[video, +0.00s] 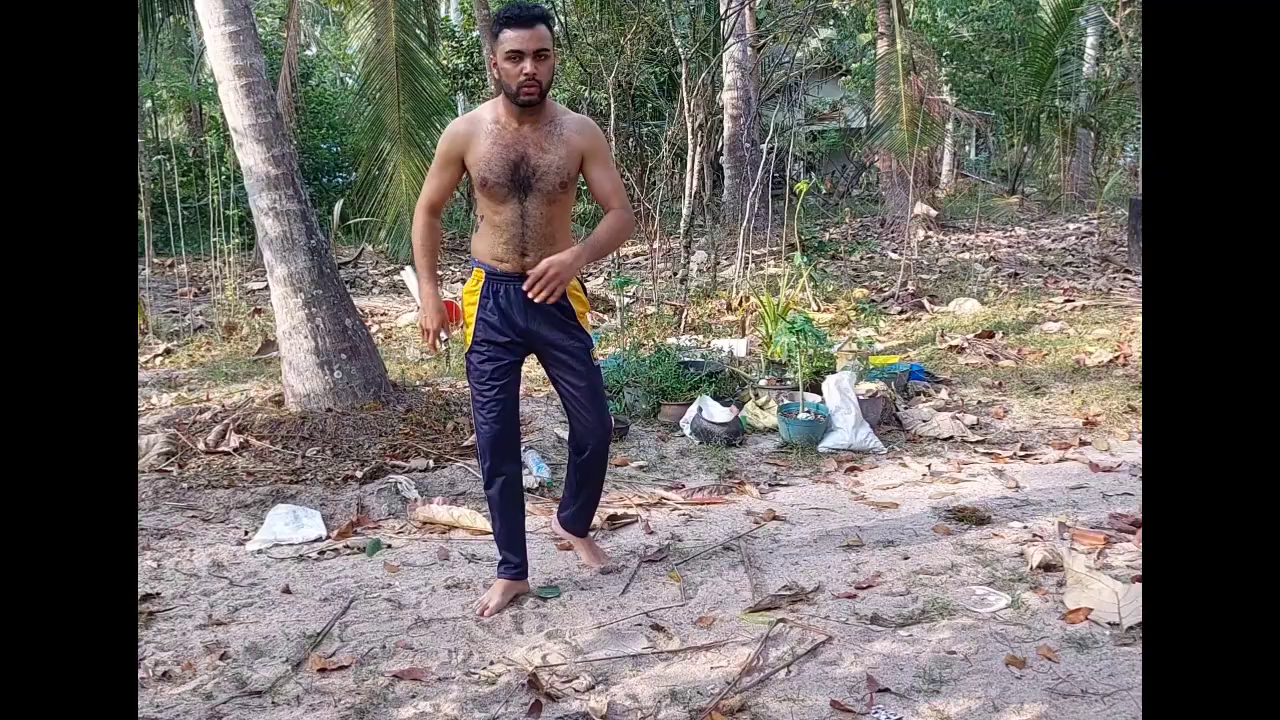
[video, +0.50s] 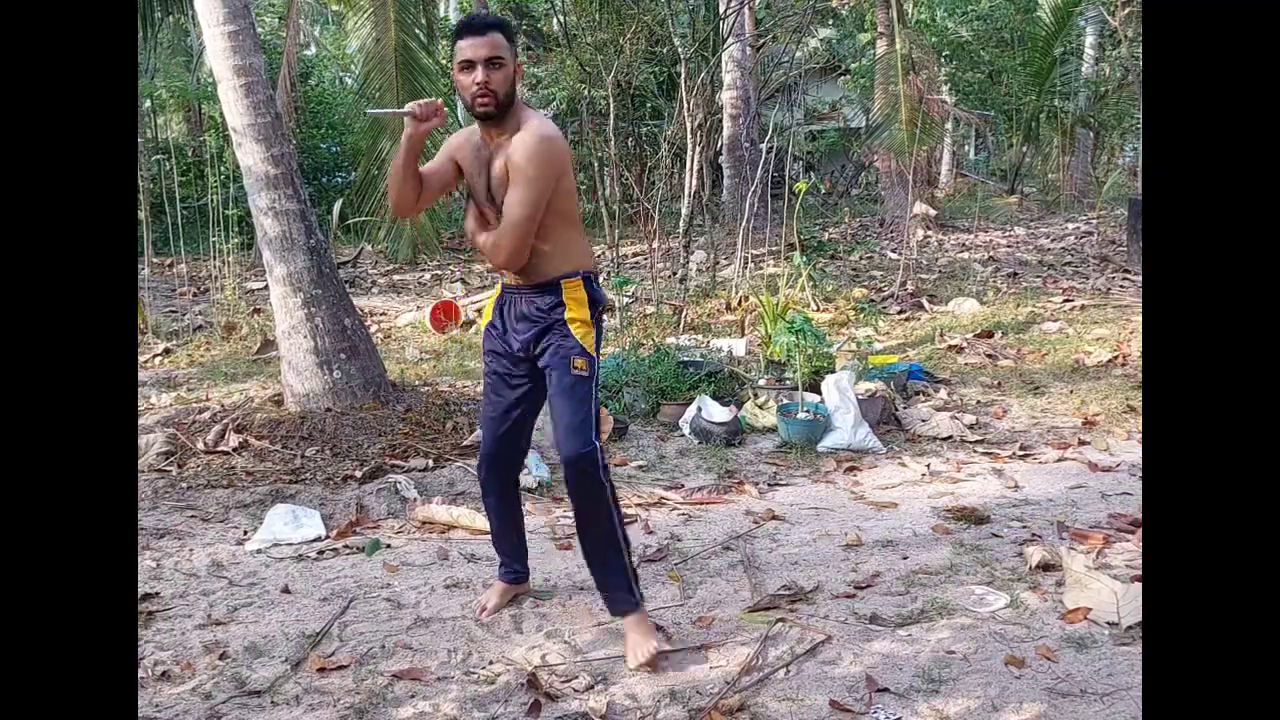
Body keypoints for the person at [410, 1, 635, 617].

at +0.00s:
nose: (529, 70)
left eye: (540, 56)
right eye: (515, 57)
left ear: (555, 60)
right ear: (492, 62)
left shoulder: (580, 133)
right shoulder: (465, 133)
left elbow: (621, 215)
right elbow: (428, 211)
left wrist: (577, 258)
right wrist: (428, 291)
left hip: (557, 298)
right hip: (490, 297)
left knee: (594, 428)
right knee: (493, 438)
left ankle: (573, 524)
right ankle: (511, 569)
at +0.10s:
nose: (513, 66)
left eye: (525, 53)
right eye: (499, 54)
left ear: (541, 60)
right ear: (481, 62)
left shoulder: (572, 132)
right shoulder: (458, 131)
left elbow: (607, 220)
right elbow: (413, 203)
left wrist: (539, 245)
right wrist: (395, 260)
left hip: (552, 298)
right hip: (487, 300)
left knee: (572, 437)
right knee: (494, 440)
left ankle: (554, 538)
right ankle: (510, 572)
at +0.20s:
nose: (502, 67)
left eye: (514, 54)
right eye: (489, 56)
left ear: (534, 59)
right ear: (473, 62)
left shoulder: (566, 131)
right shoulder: (454, 134)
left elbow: (590, 225)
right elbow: (413, 207)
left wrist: (508, 245)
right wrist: (386, 205)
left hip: (546, 300)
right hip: (482, 300)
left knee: (550, 446)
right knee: (494, 445)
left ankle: (540, 541)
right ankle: (510, 570)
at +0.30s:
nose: (494, 68)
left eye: (506, 55)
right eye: (481, 57)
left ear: (527, 60)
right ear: (466, 66)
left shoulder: (556, 134)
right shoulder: (455, 135)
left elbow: (552, 236)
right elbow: (408, 211)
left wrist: (470, 251)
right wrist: (396, 155)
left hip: (546, 299)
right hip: (485, 301)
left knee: (538, 445)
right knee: (491, 447)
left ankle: (535, 538)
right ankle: (510, 572)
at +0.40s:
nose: (487, 73)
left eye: (499, 59)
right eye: (473, 62)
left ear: (521, 64)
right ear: (460, 72)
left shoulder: (544, 137)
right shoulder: (458, 139)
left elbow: (515, 247)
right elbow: (402, 208)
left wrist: (456, 241)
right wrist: (406, 138)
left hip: (556, 300)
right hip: (497, 299)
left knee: (548, 446)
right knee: (493, 448)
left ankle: (567, 580)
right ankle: (511, 574)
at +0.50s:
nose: (481, 78)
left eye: (494, 63)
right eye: (468, 67)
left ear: (518, 70)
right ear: (455, 77)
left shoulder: (537, 140)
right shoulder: (465, 141)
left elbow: (507, 255)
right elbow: (404, 204)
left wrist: (475, 216)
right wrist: (409, 140)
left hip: (567, 308)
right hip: (511, 311)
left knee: (577, 454)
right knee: (495, 459)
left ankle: (630, 612)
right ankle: (513, 576)